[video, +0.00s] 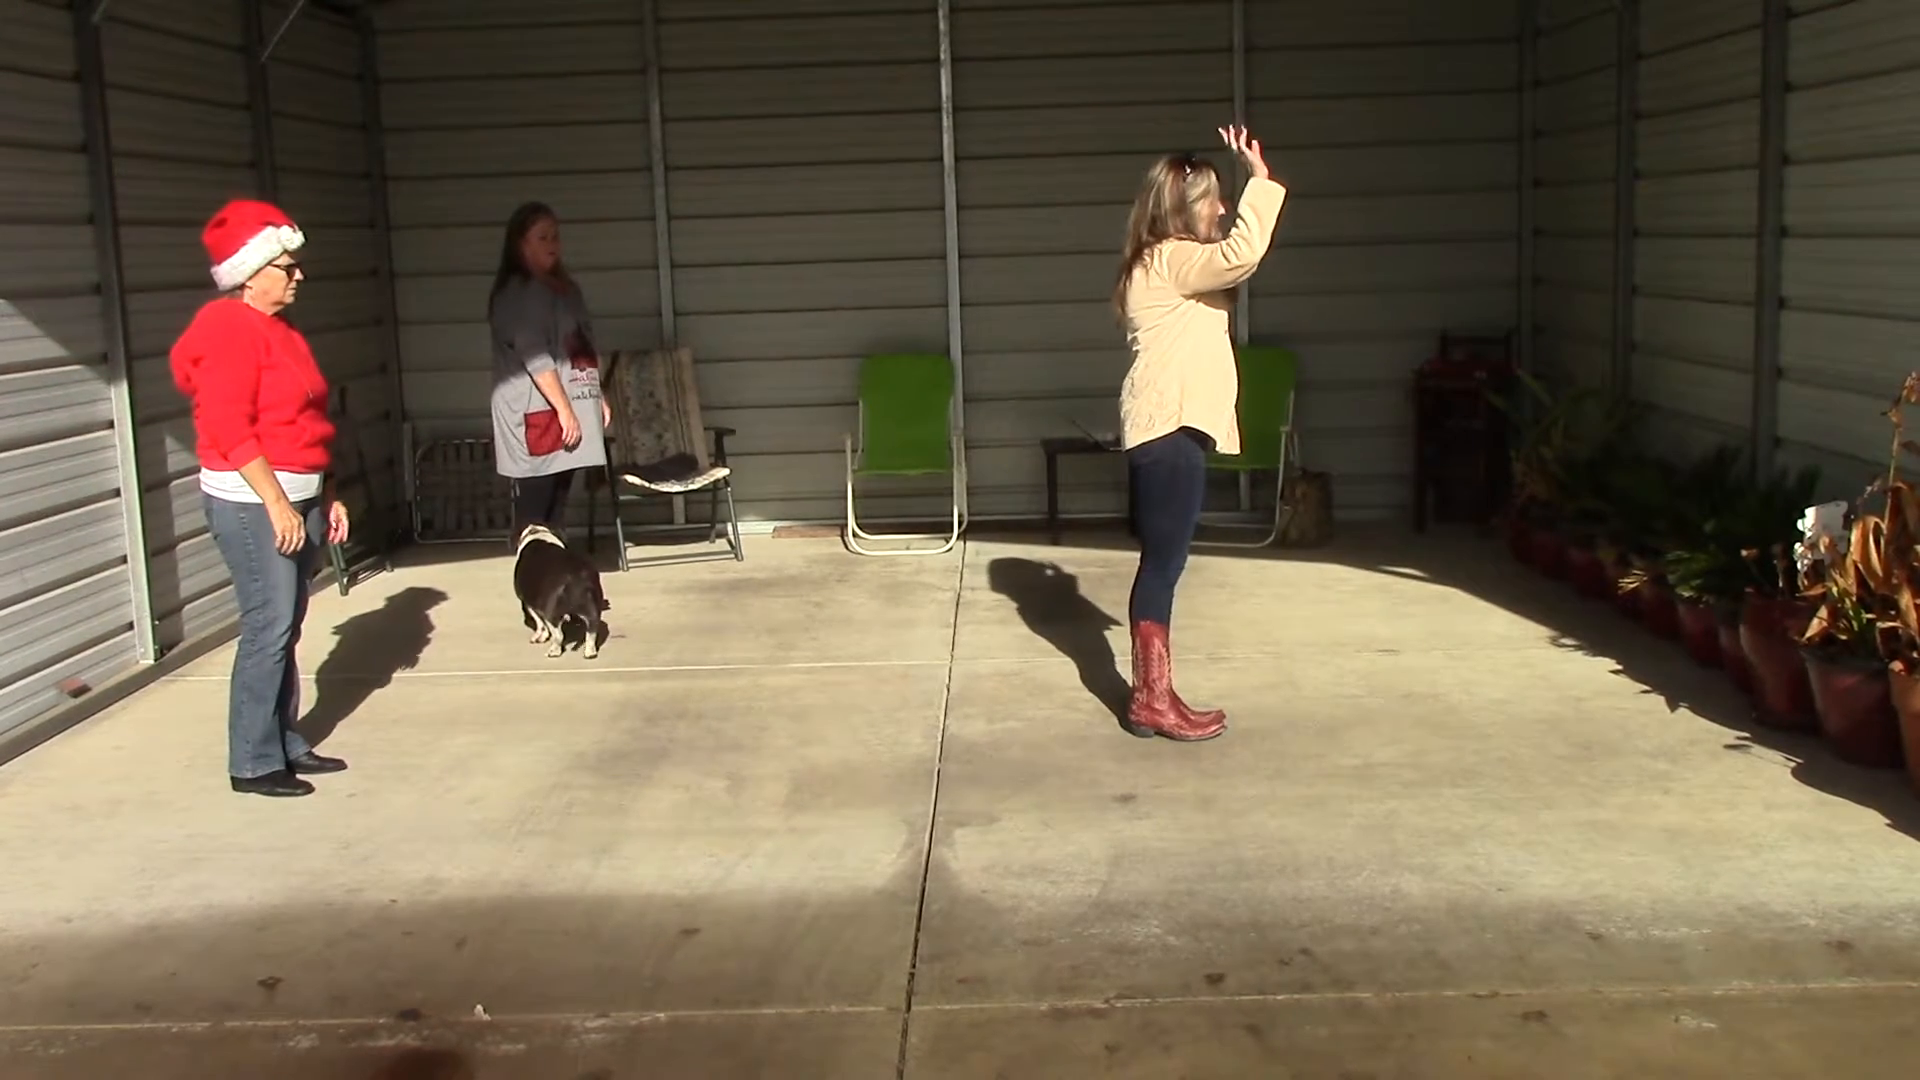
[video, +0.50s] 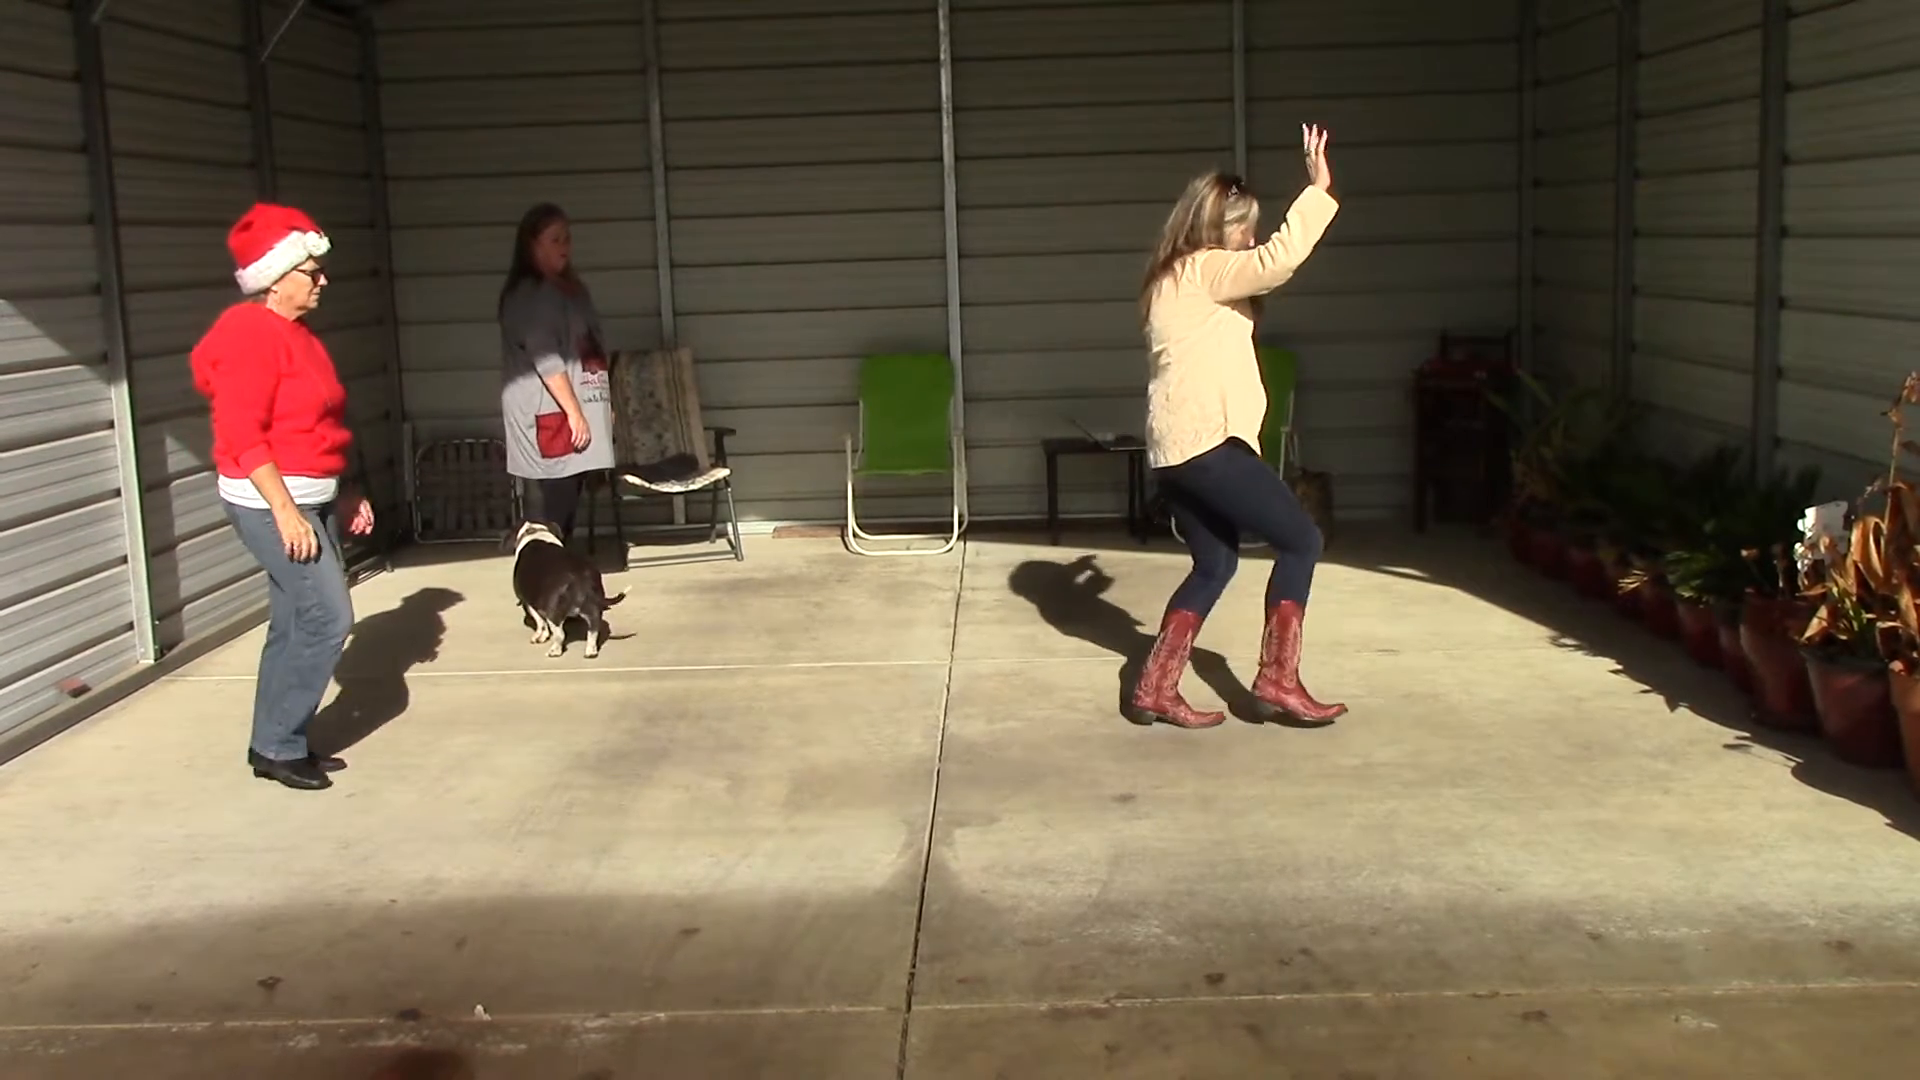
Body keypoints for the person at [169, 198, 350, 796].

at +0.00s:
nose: (298, 277)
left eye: (297, 267)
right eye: (287, 268)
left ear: (260, 274)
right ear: (250, 274)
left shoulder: (274, 329)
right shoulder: (227, 329)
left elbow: (296, 421)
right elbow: (228, 430)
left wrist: (324, 494)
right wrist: (276, 502)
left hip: (291, 496)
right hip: (248, 499)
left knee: (284, 626)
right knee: (268, 626)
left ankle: (282, 743)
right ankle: (252, 762)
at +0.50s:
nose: (322, 283)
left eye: (321, 273)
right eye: (312, 273)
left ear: (282, 279)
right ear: (275, 278)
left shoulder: (295, 334)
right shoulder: (247, 334)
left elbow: (310, 425)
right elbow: (240, 434)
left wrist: (342, 494)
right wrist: (284, 509)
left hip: (308, 499)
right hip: (269, 501)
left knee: (294, 624)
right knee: (326, 617)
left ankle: (279, 742)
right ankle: (276, 745)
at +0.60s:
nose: (332, 281)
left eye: (331, 271)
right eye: (322, 272)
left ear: (296, 278)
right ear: (284, 278)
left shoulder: (310, 334)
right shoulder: (256, 333)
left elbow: (329, 419)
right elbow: (247, 433)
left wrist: (370, 472)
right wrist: (287, 507)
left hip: (315, 496)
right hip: (281, 498)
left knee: (296, 625)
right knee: (356, 605)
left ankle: (276, 747)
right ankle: (324, 740)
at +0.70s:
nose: (346, 280)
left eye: (344, 270)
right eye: (335, 271)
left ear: (316, 279)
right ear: (298, 279)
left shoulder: (326, 335)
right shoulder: (270, 332)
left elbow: (350, 421)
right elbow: (259, 431)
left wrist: (399, 468)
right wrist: (294, 512)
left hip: (327, 496)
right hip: (294, 498)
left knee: (302, 629)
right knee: (377, 604)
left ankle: (275, 749)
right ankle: (382, 749)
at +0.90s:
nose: (378, 285)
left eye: (377, 275)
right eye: (367, 276)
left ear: (347, 284)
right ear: (331, 284)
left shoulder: (353, 340)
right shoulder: (307, 339)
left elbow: (376, 429)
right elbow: (297, 435)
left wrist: (420, 480)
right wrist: (329, 517)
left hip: (368, 501)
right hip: (340, 505)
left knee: (365, 627)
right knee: (408, 615)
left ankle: (290, 732)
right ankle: (424, 755)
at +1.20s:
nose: (398, 287)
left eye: (395, 277)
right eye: (387, 278)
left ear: (362, 285)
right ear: (350, 286)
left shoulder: (368, 338)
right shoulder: (328, 338)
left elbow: (387, 428)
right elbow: (329, 437)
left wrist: (419, 500)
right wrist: (380, 508)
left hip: (387, 500)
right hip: (346, 505)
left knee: (430, 611)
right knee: (421, 615)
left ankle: (342, 710)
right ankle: (428, 756)